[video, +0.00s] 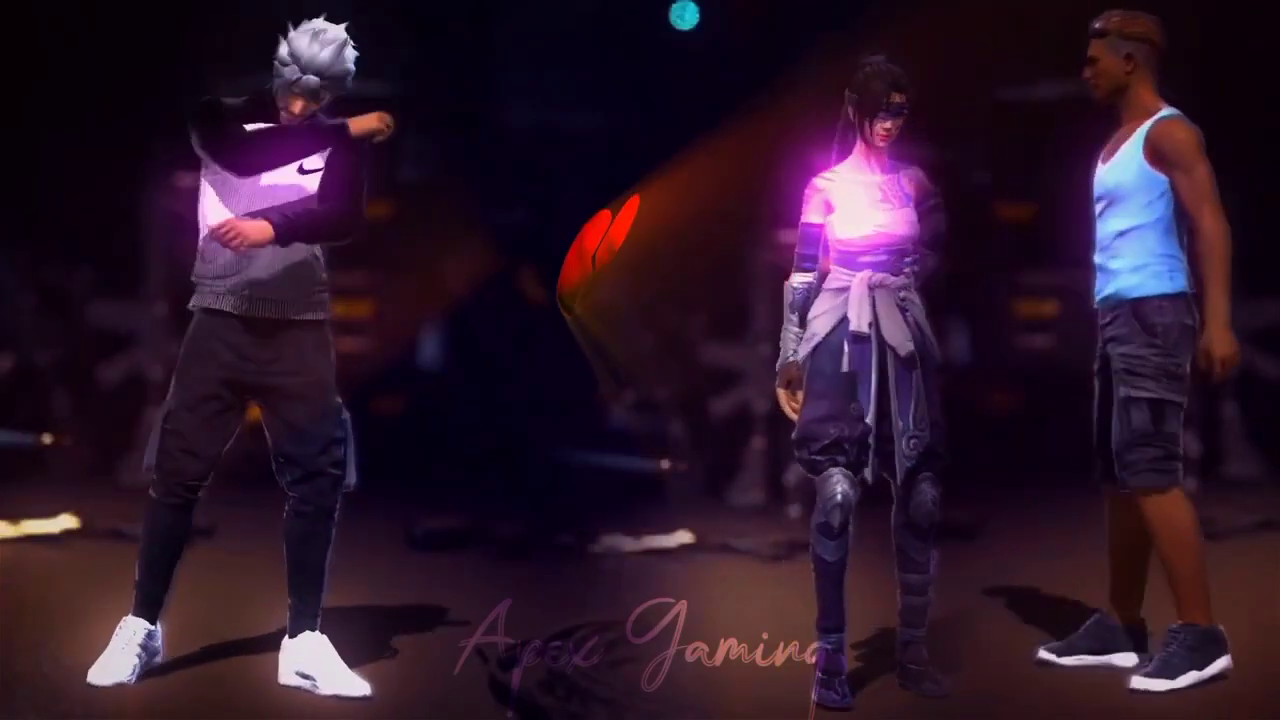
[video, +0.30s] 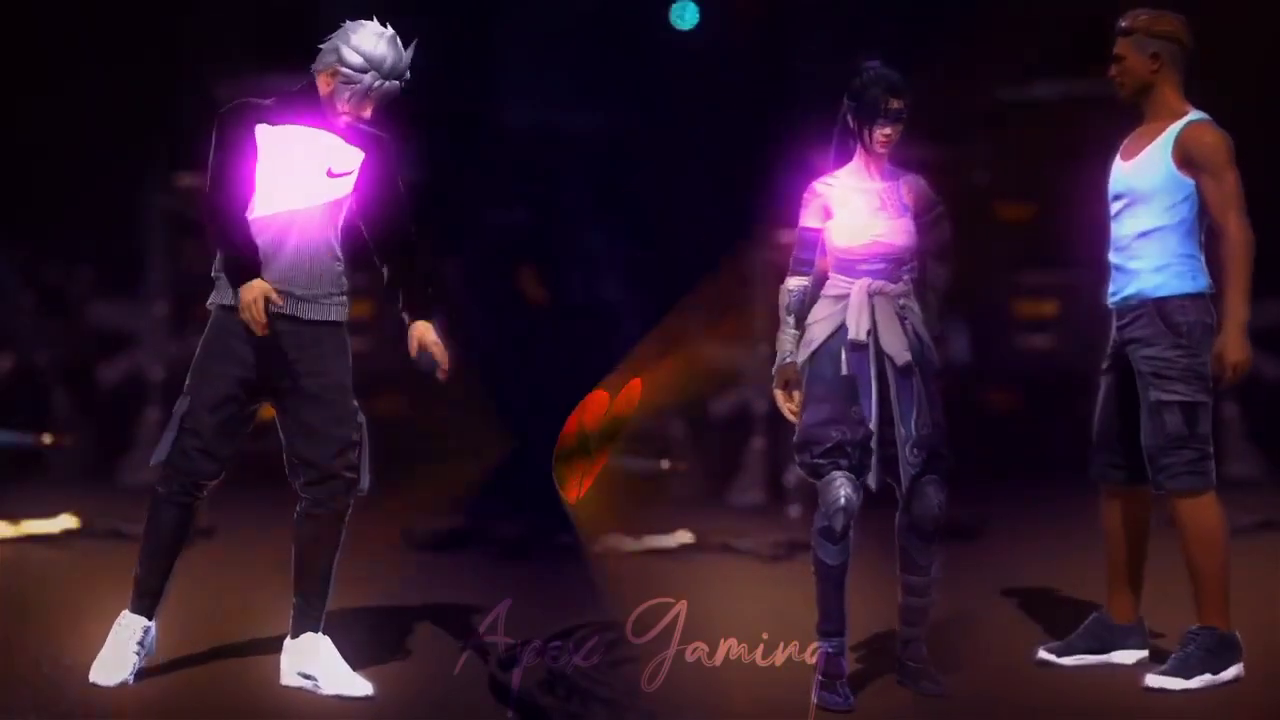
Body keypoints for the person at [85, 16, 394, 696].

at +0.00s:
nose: (303, 109)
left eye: (316, 100)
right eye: (295, 94)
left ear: (335, 97)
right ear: (277, 82)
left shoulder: (343, 141)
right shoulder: (220, 117)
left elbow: (345, 214)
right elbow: (241, 157)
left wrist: (270, 226)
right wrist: (344, 131)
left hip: (300, 330)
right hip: (217, 326)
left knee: (314, 480)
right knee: (176, 475)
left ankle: (304, 638)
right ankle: (141, 627)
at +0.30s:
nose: (363, 109)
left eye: (376, 97)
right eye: (355, 91)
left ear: (385, 95)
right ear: (323, 75)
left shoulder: (381, 151)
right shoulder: (252, 122)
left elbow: (394, 239)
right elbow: (223, 206)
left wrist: (417, 314)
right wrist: (245, 276)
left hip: (321, 329)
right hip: (242, 315)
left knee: (330, 476)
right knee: (187, 463)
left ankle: (306, 639)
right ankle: (137, 622)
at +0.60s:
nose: (412, 109)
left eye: (425, 99)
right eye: (406, 90)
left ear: (431, 98)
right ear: (373, 72)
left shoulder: (411, 155)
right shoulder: (292, 111)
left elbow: (414, 246)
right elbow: (225, 190)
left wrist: (428, 326)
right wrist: (177, 268)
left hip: (322, 332)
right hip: (244, 312)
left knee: (331, 474)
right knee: (187, 449)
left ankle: (306, 636)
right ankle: (123, 555)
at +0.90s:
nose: (408, 100)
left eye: (423, 90)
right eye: (402, 83)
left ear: (433, 89)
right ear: (375, 66)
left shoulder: (421, 143)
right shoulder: (306, 106)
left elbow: (398, 233)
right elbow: (225, 177)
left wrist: (383, 303)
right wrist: (177, 247)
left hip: (338, 323)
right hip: (263, 302)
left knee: (339, 471)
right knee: (201, 444)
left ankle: (310, 634)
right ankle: (113, 476)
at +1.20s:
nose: (375, 95)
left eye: (388, 84)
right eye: (365, 80)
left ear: (403, 83)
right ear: (342, 70)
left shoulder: (409, 147)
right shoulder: (289, 119)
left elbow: (404, 239)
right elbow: (230, 203)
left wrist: (401, 312)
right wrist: (194, 282)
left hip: (351, 326)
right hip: (274, 309)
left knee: (358, 476)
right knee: (239, 454)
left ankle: (309, 635)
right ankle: (145, 525)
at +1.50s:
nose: (350, 109)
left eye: (363, 97)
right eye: (340, 95)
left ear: (382, 92)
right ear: (317, 83)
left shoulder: (402, 153)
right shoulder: (273, 134)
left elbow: (417, 249)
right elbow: (226, 221)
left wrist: (435, 330)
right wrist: (202, 305)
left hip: (349, 336)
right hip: (268, 326)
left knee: (357, 482)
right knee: (254, 473)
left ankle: (310, 636)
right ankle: (236, 632)